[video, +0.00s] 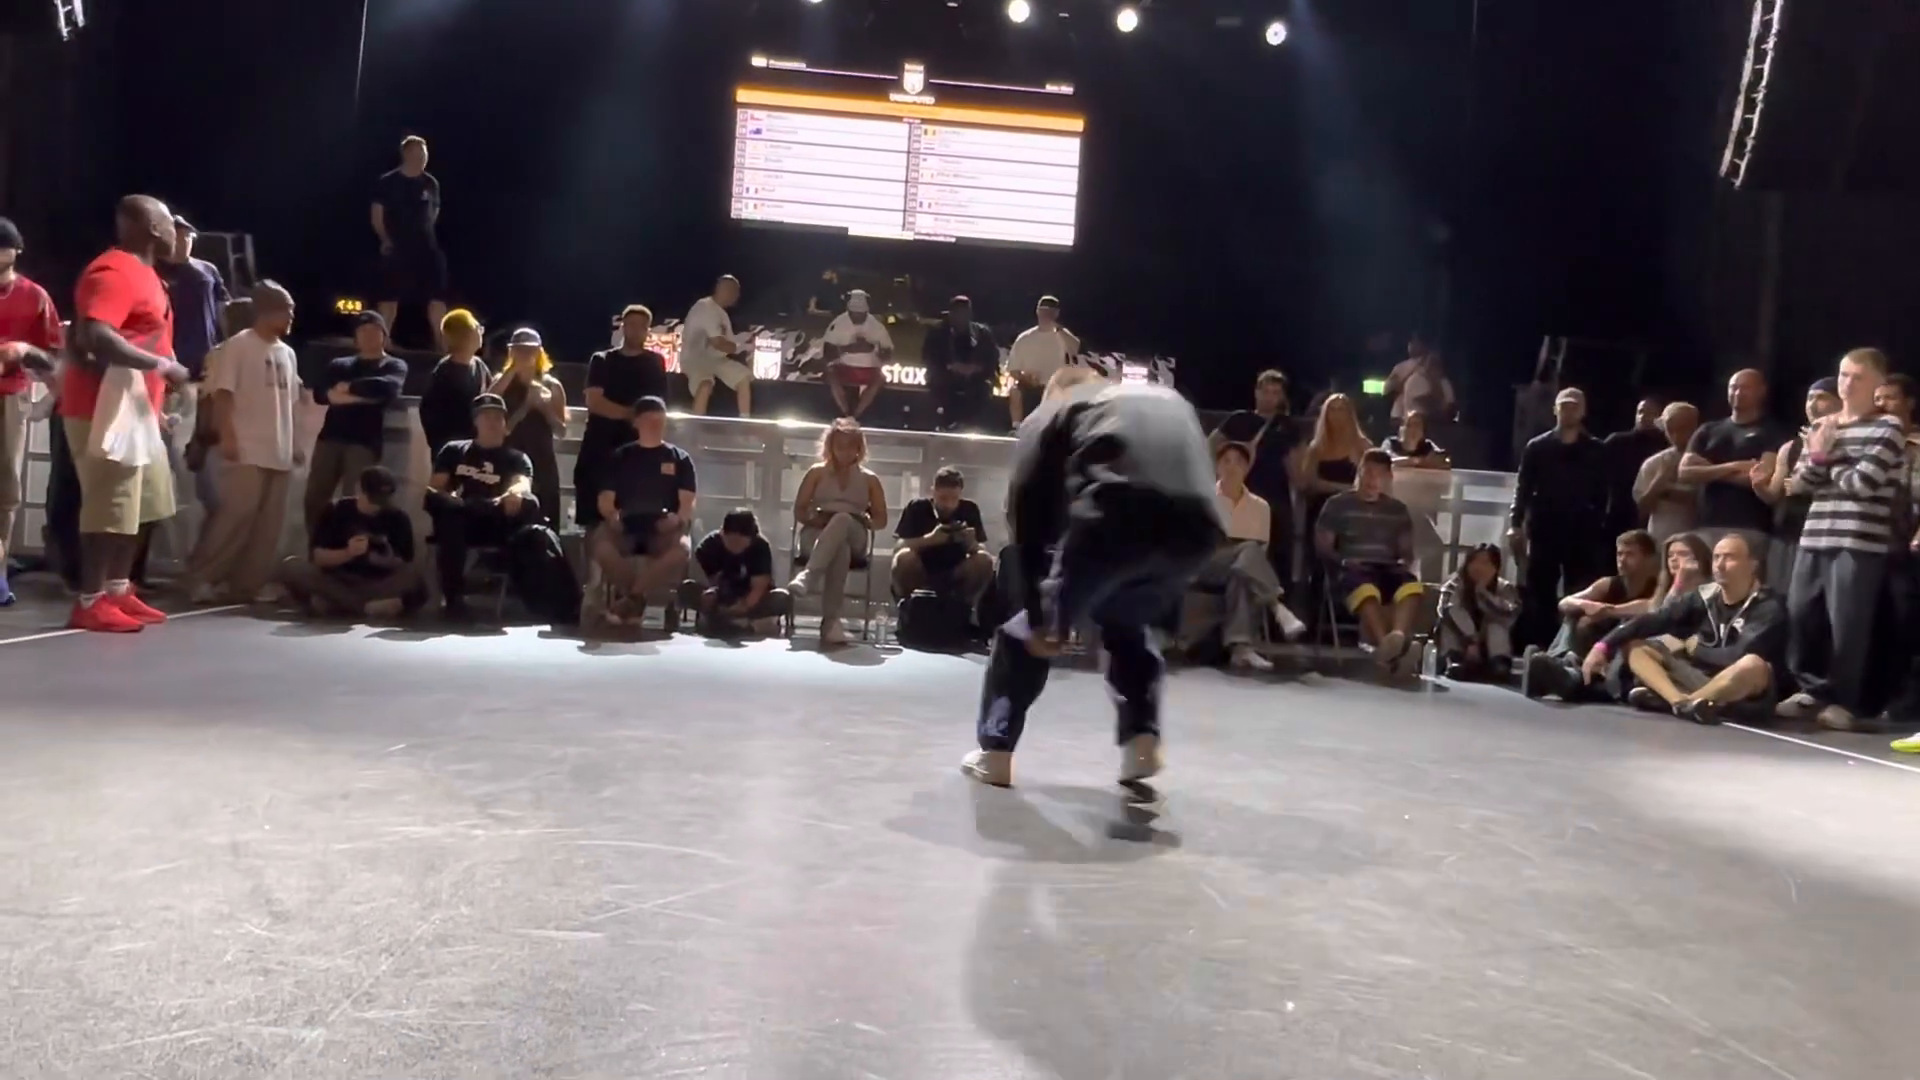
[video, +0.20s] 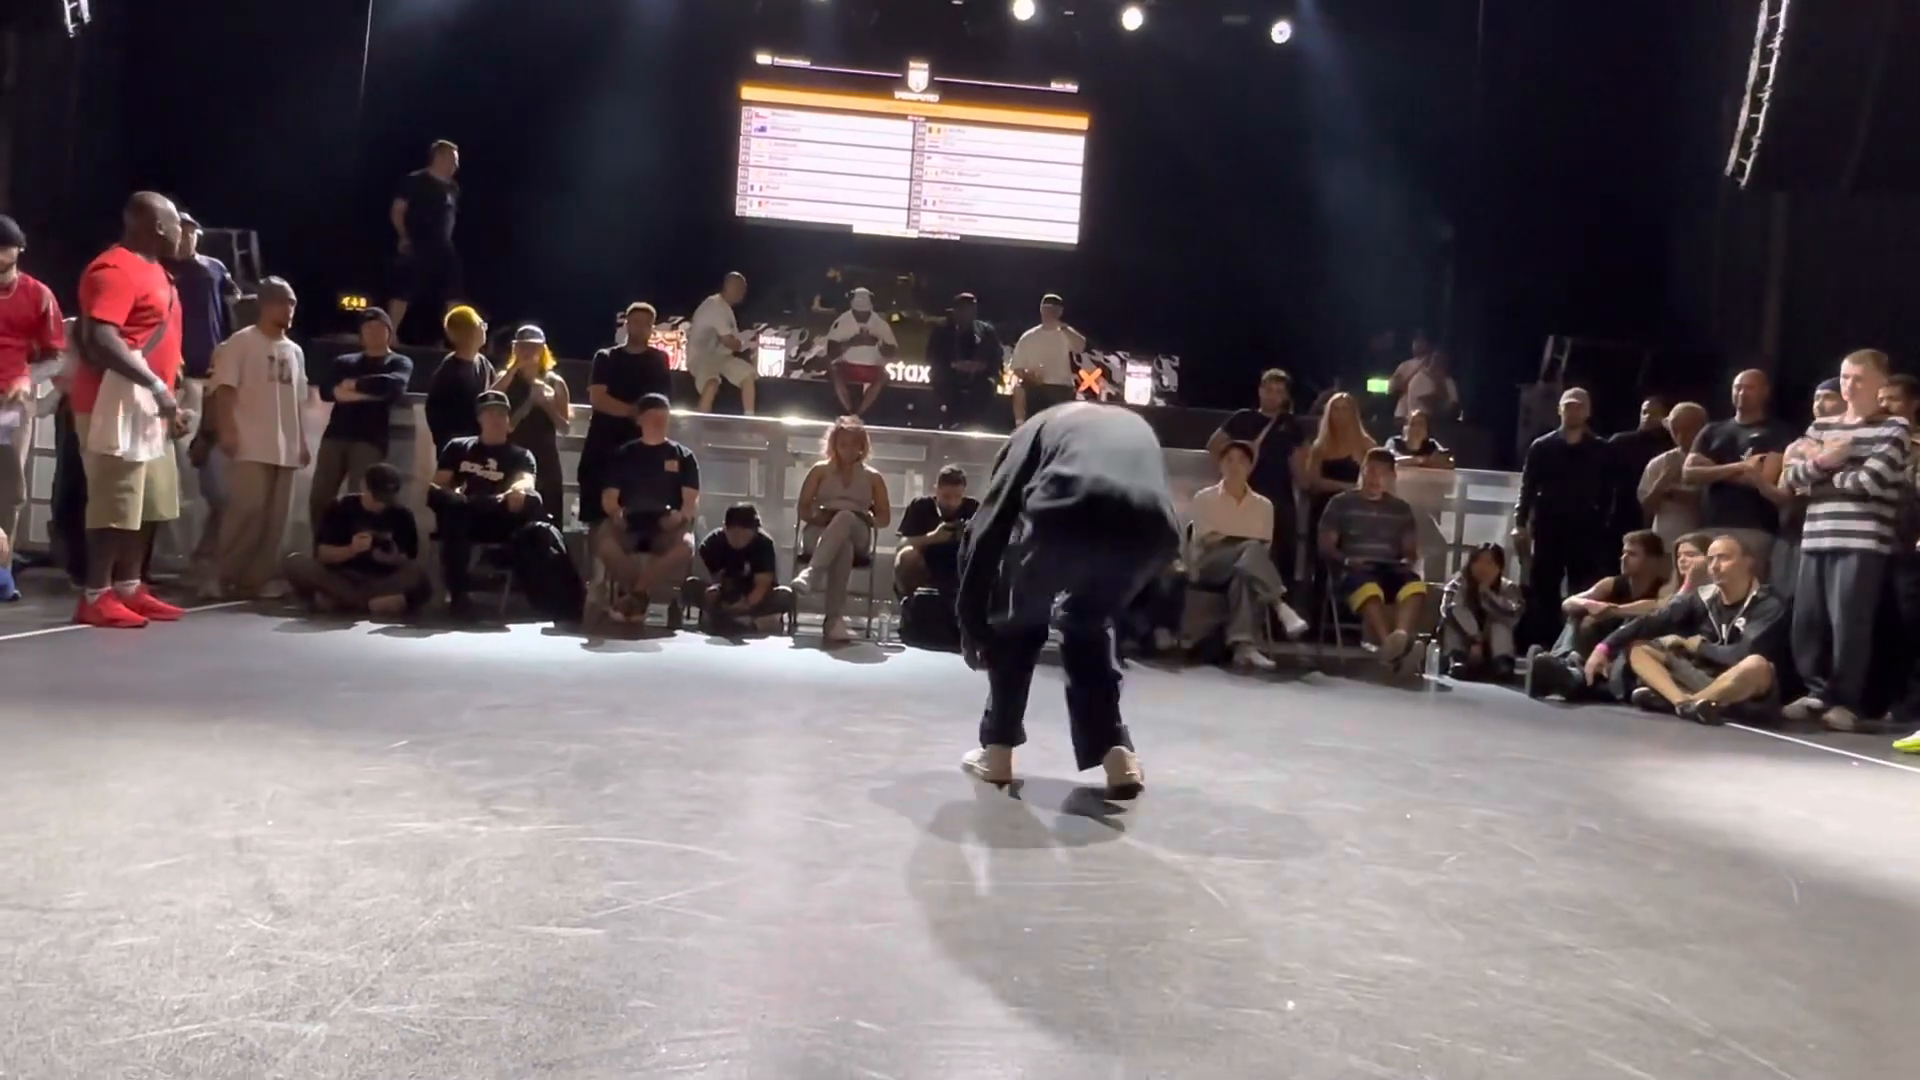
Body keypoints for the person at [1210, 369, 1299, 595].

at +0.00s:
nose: (1269, 397)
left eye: (1275, 393)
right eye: (1265, 391)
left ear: (1282, 397)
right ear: (1256, 393)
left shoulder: (1288, 427)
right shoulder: (1239, 421)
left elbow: (1295, 468)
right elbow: (1211, 447)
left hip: (1276, 497)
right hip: (1240, 494)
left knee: (1278, 553)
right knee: (1237, 548)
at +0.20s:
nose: (1272, 396)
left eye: (1278, 392)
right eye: (1268, 390)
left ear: (1286, 396)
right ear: (1260, 392)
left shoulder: (1291, 425)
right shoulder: (1244, 418)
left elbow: (1299, 462)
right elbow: (1214, 444)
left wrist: (1302, 484)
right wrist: (1232, 474)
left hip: (1279, 497)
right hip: (1243, 495)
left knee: (1281, 553)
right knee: (1240, 549)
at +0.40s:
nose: (1275, 395)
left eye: (1281, 391)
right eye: (1271, 389)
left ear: (1290, 396)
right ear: (1263, 391)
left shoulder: (1295, 424)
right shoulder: (1246, 417)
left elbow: (1301, 461)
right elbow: (1216, 444)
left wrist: (1306, 483)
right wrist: (1239, 472)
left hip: (1283, 496)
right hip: (1247, 493)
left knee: (1284, 552)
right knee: (1243, 548)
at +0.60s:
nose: (1280, 394)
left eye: (1286, 390)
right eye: (1275, 388)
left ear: (1293, 395)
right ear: (1267, 390)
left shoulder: (1298, 422)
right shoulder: (1251, 416)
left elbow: (1307, 456)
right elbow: (1223, 441)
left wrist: (1306, 477)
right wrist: (1243, 467)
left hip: (1286, 494)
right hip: (1252, 492)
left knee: (1289, 549)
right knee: (1248, 546)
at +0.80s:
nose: (1282, 393)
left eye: (1288, 389)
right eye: (1278, 387)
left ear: (1296, 393)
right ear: (1270, 389)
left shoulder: (1300, 421)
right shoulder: (1254, 415)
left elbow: (1310, 455)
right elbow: (1223, 440)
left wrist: (1309, 477)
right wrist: (1247, 462)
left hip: (1289, 493)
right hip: (1255, 492)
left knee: (1291, 550)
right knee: (1252, 546)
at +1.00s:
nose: (1286, 389)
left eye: (1292, 386)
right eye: (1282, 384)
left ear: (1300, 391)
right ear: (1273, 386)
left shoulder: (1305, 418)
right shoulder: (1257, 413)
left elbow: (1312, 459)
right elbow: (1228, 436)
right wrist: (1254, 450)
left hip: (1293, 491)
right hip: (1260, 488)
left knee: (1295, 548)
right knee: (1260, 543)